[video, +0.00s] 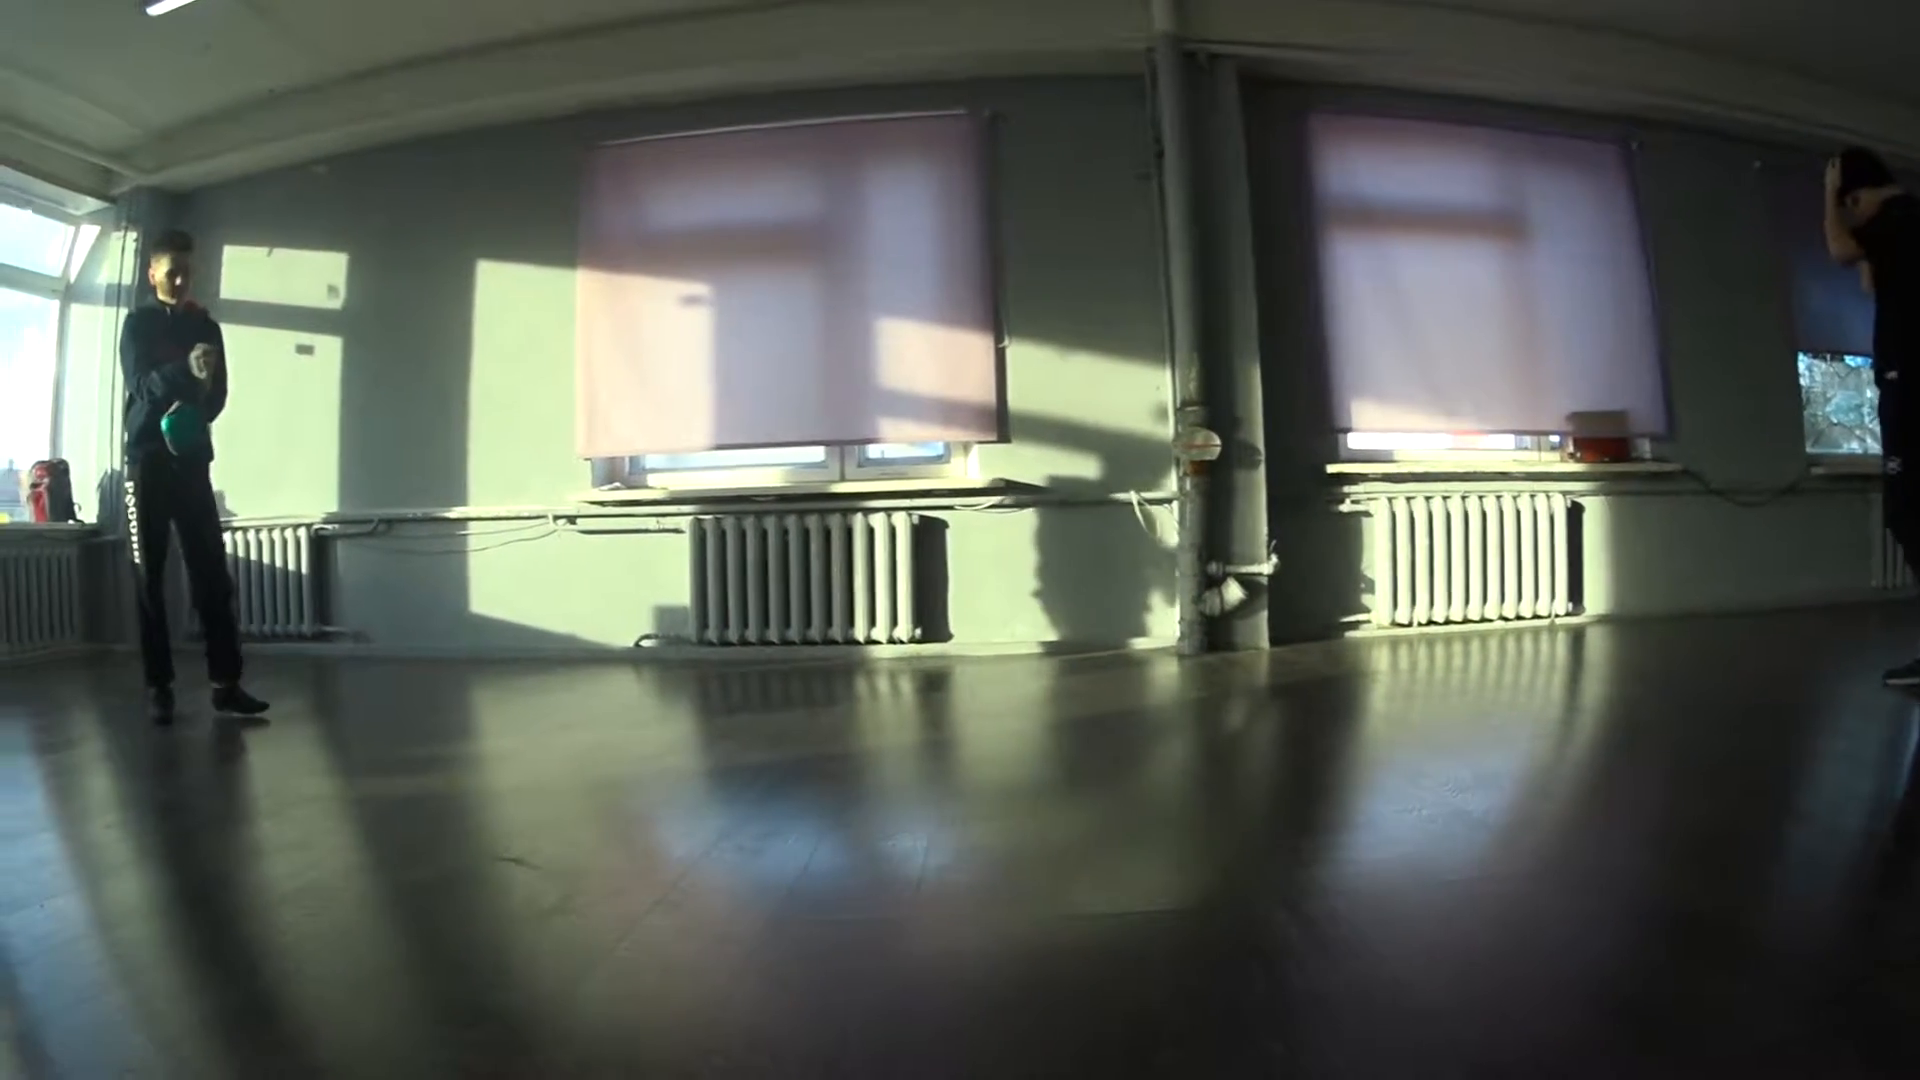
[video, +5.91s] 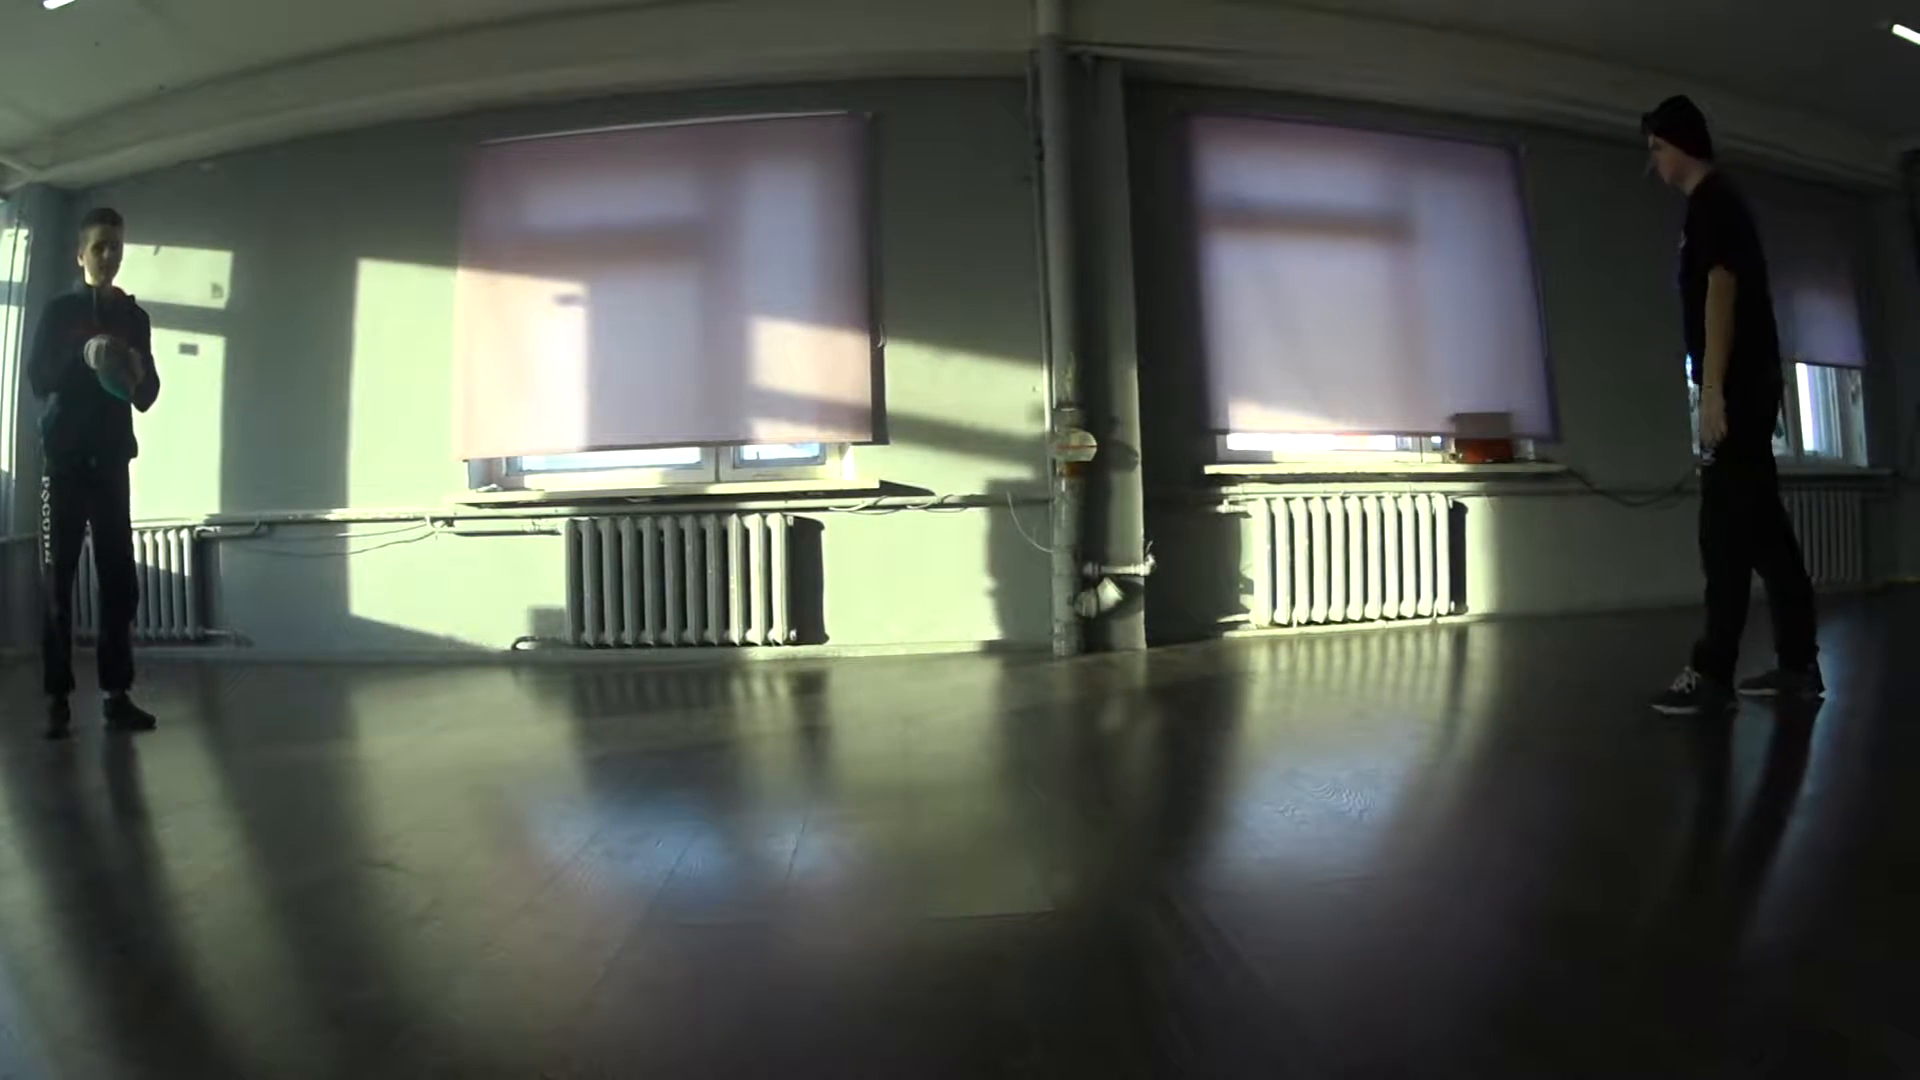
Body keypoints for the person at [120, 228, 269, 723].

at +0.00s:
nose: (179, 280)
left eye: (185, 271)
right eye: (170, 272)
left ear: (194, 273)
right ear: (149, 274)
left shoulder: (205, 325)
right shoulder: (138, 323)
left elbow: (216, 395)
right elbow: (143, 387)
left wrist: (196, 415)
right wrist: (189, 366)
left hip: (194, 458)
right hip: (148, 460)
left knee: (212, 572)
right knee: (152, 574)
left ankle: (226, 685)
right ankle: (160, 688)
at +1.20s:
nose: (140, 266)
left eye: (147, 258)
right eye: (131, 258)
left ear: (154, 260)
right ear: (112, 261)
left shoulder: (163, 318)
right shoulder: (97, 310)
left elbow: (194, 387)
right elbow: (99, 371)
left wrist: (175, 344)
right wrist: (148, 342)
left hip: (146, 457)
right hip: (99, 456)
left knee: (152, 575)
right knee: (93, 572)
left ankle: (146, 696)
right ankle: (87, 699)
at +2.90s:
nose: (124, 260)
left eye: (130, 251)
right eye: (115, 250)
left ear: (138, 255)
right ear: (93, 253)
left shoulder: (142, 316)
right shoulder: (69, 312)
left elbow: (156, 401)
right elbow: (40, 386)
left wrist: (151, 402)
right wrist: (87, 396)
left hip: (126, 456)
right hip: (80, 456)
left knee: (135, 577)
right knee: (76, 576)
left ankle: (130, 695)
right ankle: (71, 699)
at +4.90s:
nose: (110, 259)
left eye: (117, 251)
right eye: (102, 250)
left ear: (124, 255)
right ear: (81, 253)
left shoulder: (134, 315)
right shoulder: (60, 313)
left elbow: (149, 388)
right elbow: (38, 394)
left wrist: (133, 415)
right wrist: (80, 388)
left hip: (116, 458)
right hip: (70, 458)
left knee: (125, 576)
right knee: (65, 577)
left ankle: (121, 696)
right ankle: (62, 699)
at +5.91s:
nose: (109, 255)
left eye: (116, 246)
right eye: (101, 246)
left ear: (123, 252)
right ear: (81, 252)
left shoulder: (134, 316)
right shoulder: (60, 308)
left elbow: (147, 396)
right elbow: (39, 381)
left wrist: (132, 364)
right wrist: (81, 352)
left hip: (113, 457)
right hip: (64, 455)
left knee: (118, 575)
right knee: (58, 577)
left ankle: (117, 696)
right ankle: (58, 700)